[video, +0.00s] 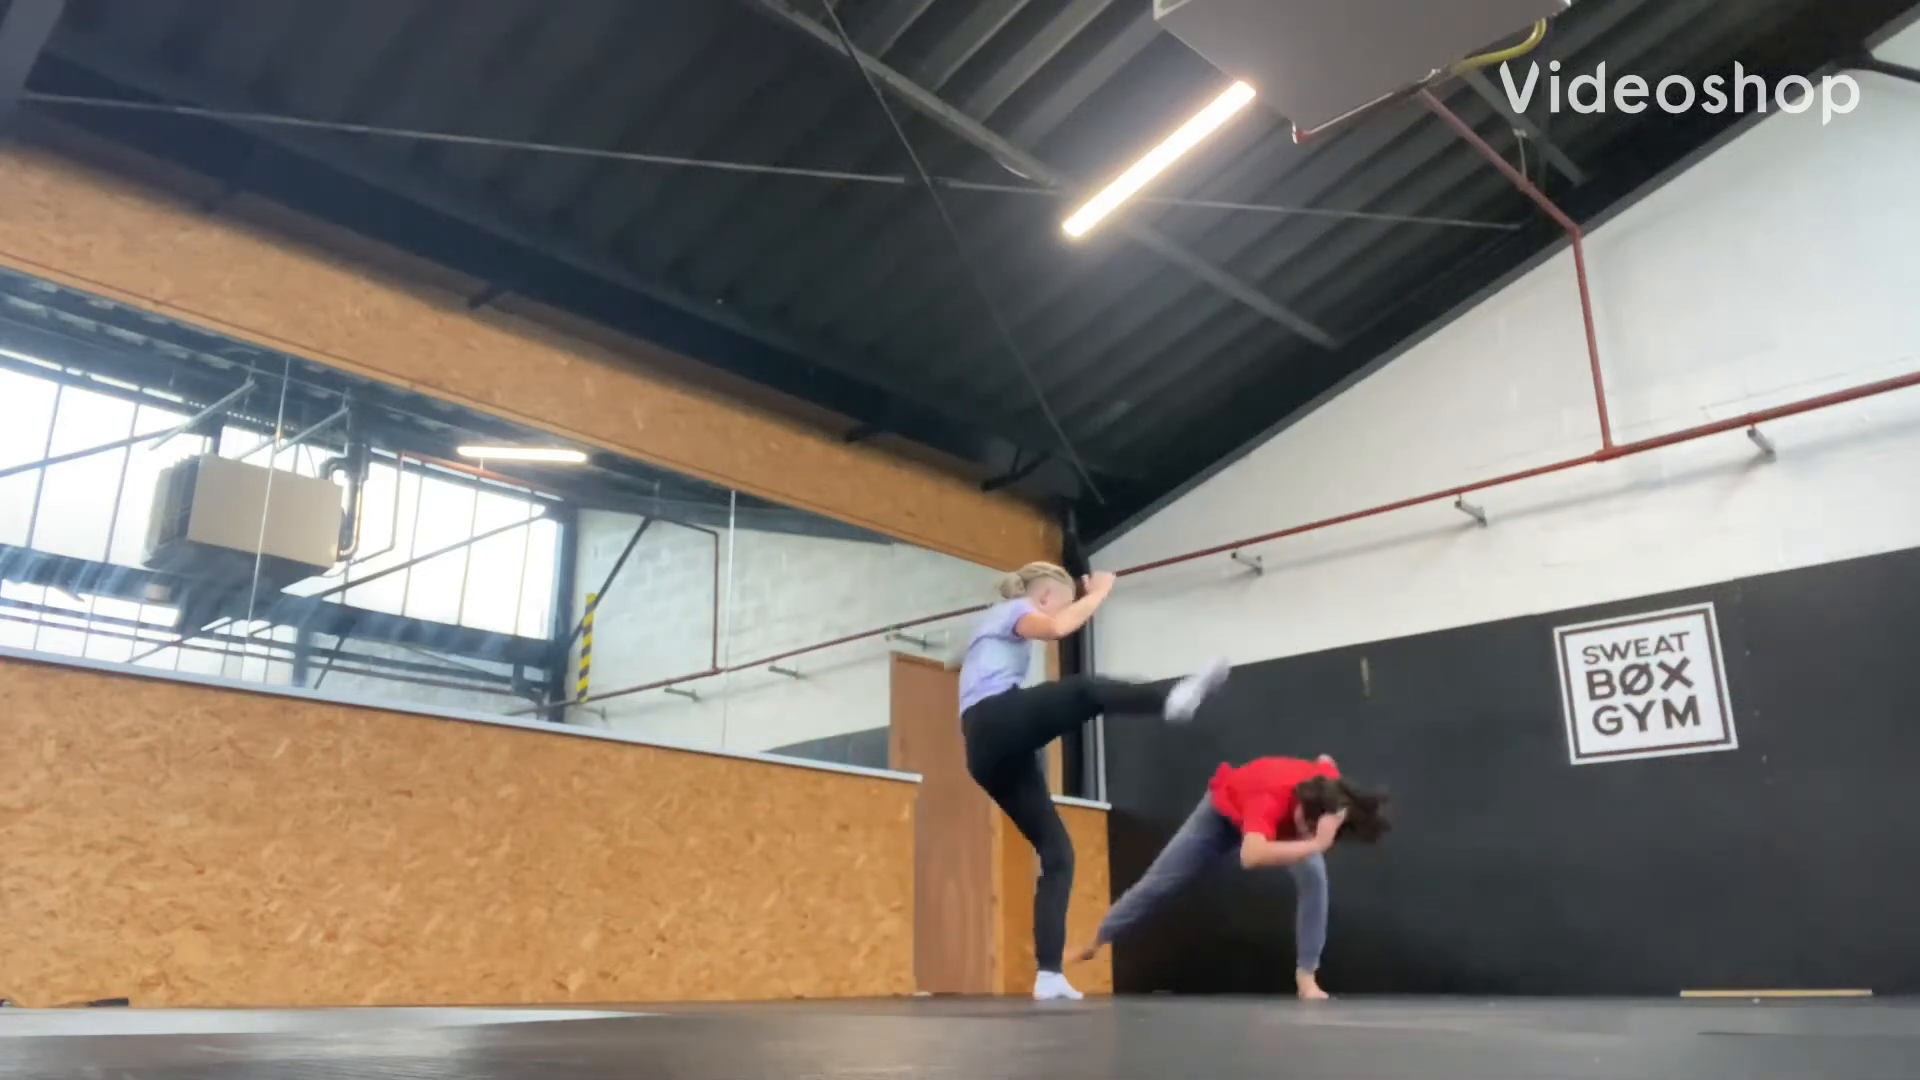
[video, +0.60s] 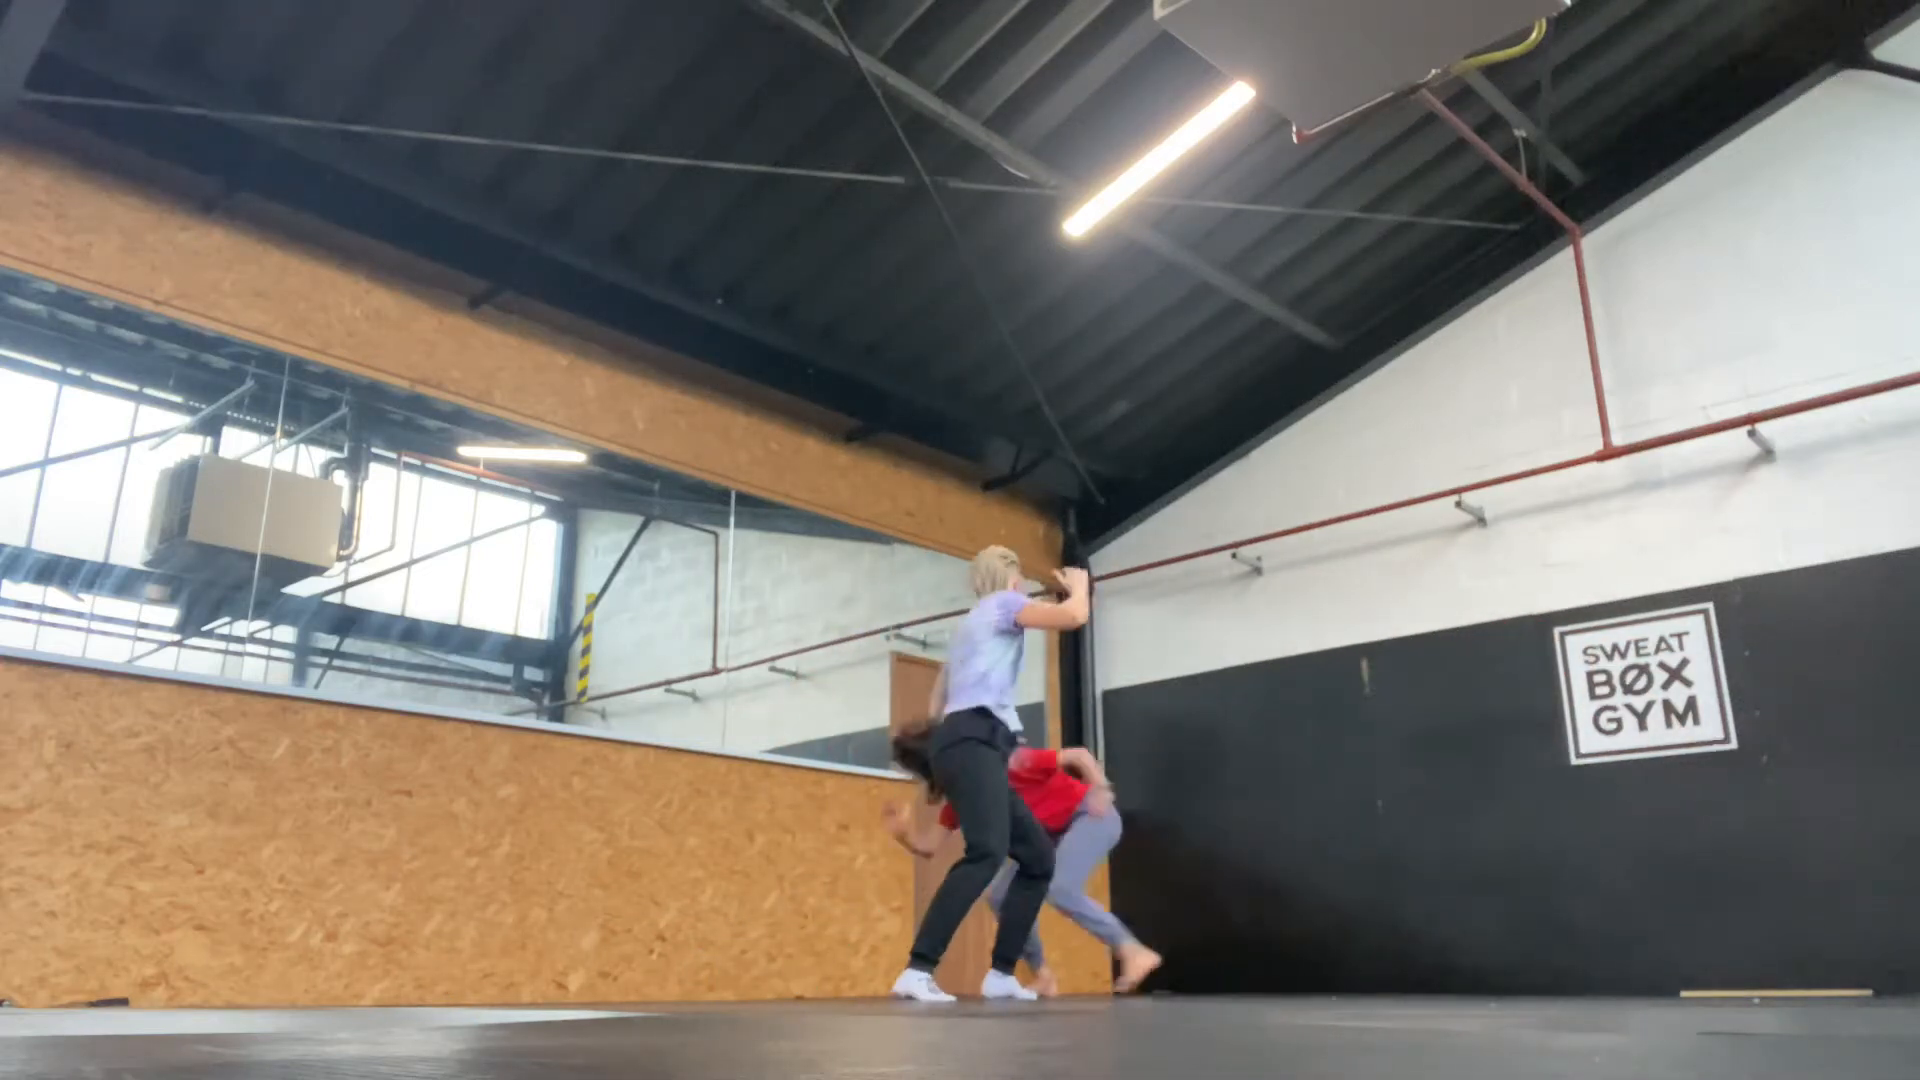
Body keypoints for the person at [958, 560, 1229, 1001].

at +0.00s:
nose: (1057, 614)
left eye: (1061, 607)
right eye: (1056, 604)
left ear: (1039, 600)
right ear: (1038, 594)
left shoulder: (996, 635)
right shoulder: (1008, 610)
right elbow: (1055, 626)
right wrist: (1098, 595)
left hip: (989, 758)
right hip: (997, 719)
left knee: (1057, 854)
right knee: (1085, 692)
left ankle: (1049, 976)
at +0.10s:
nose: (1064, 610)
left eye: (1067, 604)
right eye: (1064, 602)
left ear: (1029, 591)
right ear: (1044, 588)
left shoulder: (989, 626)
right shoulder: (1017, 605)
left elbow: (944, 672)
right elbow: (1033, 633)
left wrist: (939, 666)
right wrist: (1083, 612)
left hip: (973, 750)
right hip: (990, 718)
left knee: (1060, 850)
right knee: (1050, 764)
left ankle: (1049, 975)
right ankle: (1035, 854)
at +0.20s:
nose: (1062, 611)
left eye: (1065, 604)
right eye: (1062, 601)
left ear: (1035, 591)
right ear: (1044, 589)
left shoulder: (995, 625)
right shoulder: (1014, 605)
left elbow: (943, 692)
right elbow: (1021, 640)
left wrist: (952, 738)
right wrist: (1071, 621)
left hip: (991, 751)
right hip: (976, 739)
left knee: (1059, 851)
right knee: (986, 838)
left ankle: (1050, 975)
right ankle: (922, 956)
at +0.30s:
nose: (1056, 614)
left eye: (1059, 606)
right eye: (1056, 603)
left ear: (1030, 593)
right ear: (1041, 592)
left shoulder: (1015, 633)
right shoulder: (999, 613)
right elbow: (993, 657)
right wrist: (1053, 643)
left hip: (988, 762)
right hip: (952, 747)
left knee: (1056, 851)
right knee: (970, 848)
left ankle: (1048, 976)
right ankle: (913, 976)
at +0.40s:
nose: (1048, 608)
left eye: (1050, 601)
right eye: (1046, 598)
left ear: (1027, 596)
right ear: (1030, 592)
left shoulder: (1012, 635)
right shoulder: (991, 614)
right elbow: (979, 661)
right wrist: (1048, 651)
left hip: (979, 763)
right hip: (944, 752)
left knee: (1047, 847)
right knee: (963, 846)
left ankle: (1038, 971)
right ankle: (910, 977)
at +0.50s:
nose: (1036, 605)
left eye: (1038, 597)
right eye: (1035, 594)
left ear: (1004, 587)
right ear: (1022, 588)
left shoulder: (996, 633)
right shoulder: (987, 613)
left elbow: (973, 717)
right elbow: (1020, 647)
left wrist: (1001, 765)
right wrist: (1073, 625)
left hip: (977, 762)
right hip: (945, 751)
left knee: (1048, 848)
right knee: (970, 849)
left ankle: (1000, 960)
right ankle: (912, 978)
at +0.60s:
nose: (1025, 586)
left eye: (1024, 579)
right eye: (1022, 579)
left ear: (980, 581)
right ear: (1010, 578)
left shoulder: (969, 627)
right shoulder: (1004, 604)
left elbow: (936, 703)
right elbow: (1075, 614)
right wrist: (1079, 585)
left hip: (964, 745)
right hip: (971, 739)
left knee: (1038, 859)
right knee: (985, 853)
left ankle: (1001, 977)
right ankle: (917, 973)